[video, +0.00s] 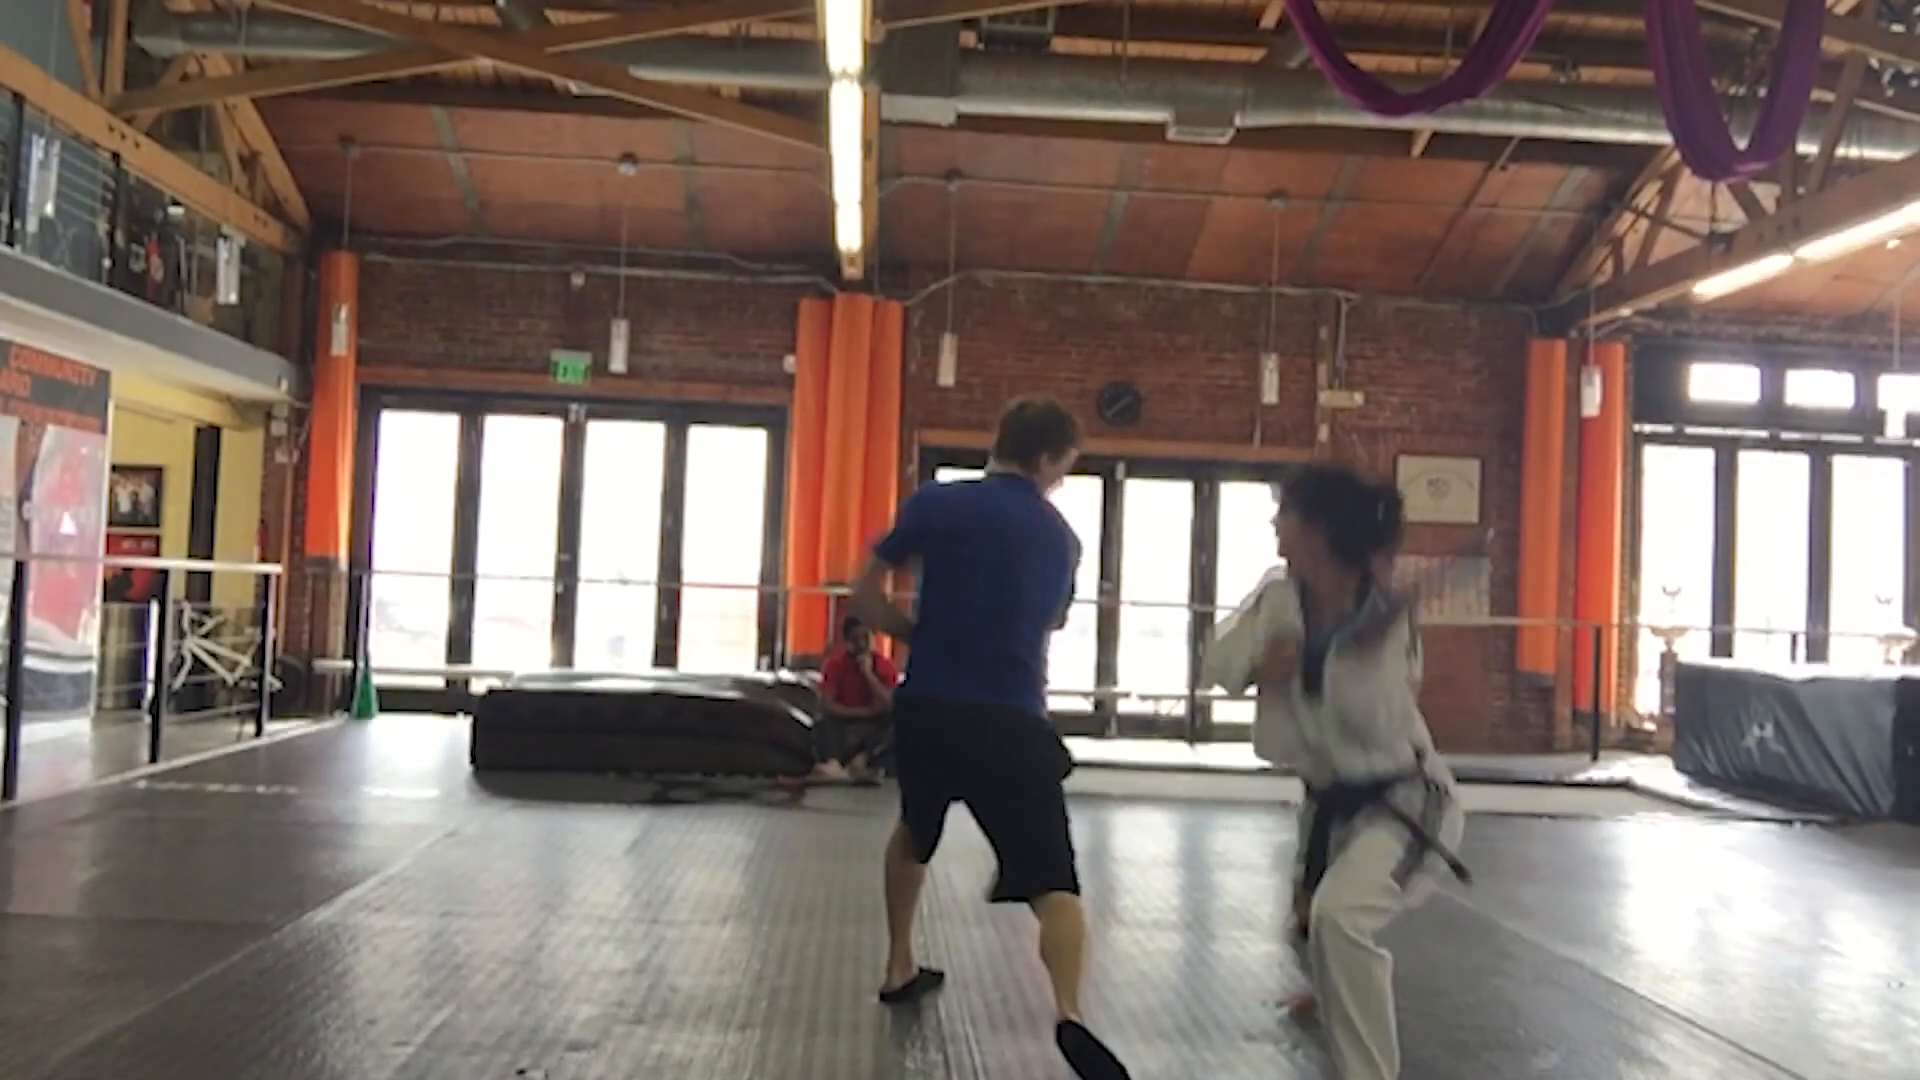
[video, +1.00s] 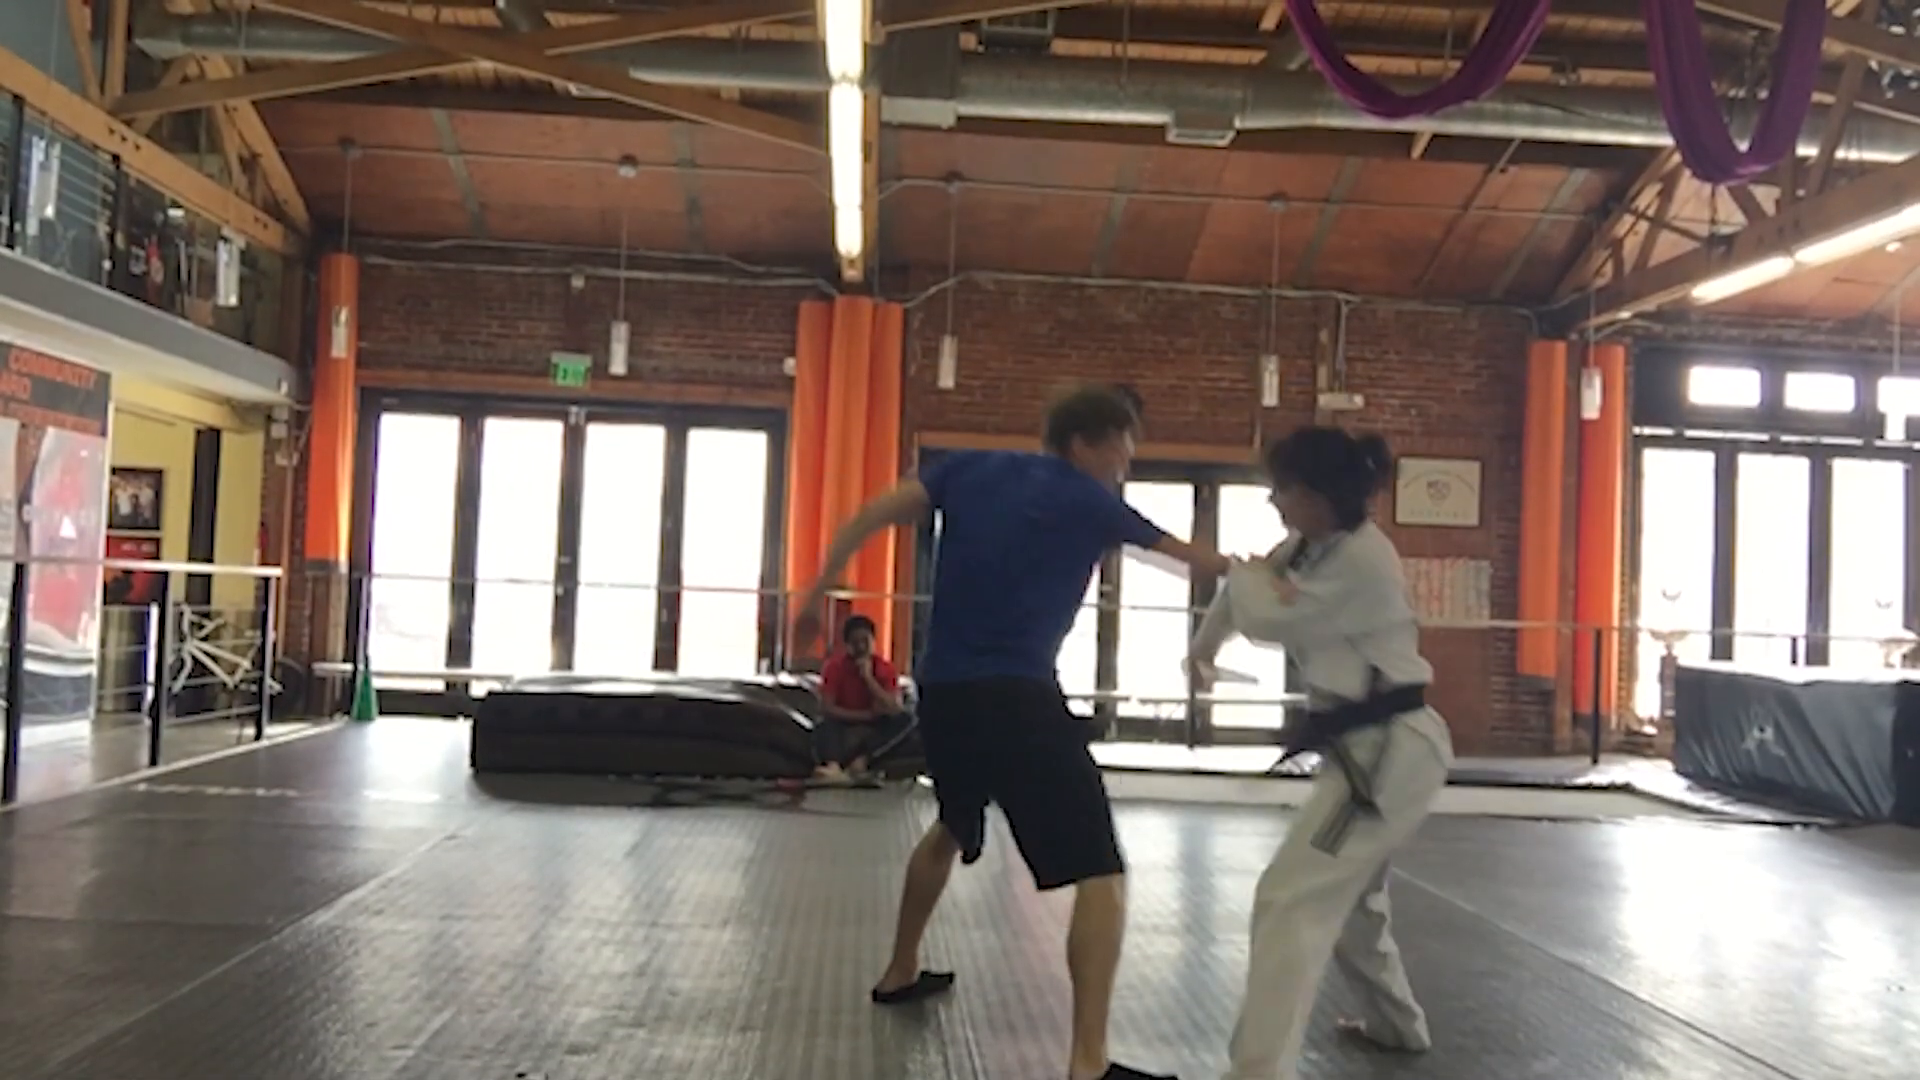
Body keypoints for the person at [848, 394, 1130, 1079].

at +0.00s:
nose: (1066, 474)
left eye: (1068, 462)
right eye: (1067, 462)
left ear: (1000, 448)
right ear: (1048, 459)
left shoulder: (938, 502)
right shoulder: (1059, 537)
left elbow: (865, 596)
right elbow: (1049, 621)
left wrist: (921, 633)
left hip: (927, 712)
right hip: (1012, 726)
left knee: (914, 828)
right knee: (1055, 886)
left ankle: (899, 969)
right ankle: (1070, 1017)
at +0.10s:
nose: (1067, 504)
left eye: (1070, 492)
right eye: (1066, 490)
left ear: (1003, 472)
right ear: (1041, 477)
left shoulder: (933, 511)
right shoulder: (1054, 544)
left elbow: (920, 584)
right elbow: (1035, 618)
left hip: (928, 724)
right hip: (1015, 734)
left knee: (921, 823)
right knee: (1066, 891)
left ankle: (900, 968)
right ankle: (1092, 1028)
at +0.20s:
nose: (1068, 501)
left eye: (1071, 490)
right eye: (1067, 489)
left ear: (1005, 469)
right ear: (1041, 475)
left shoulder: (939, 505)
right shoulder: (1048, 534)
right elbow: (1035, 597)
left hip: (926, 712)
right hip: (1010, 719)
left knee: (921, 823)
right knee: (1078, 872)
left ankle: (900, 968)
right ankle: (1115, 1021)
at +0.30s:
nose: (1075, 472)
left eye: (1078, 462)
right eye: (1074, 461)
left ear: (1009, 439)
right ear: (1046, 445)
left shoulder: (940, 475)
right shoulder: (1049, 498)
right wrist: (1104, 511)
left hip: (922, 696)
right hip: (1002, 701)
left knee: (930, 813)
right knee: (1088, 860)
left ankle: (897, 965)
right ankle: (1108, 1009)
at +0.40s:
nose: (1077, 448)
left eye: (1080, 437)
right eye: (1075, 436)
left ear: (1009, 424)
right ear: (1047, 428)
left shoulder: (936, 468)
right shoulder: (1059, 481)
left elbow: (846, 520)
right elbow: (1185, 493)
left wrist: (903, 576)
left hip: (930, 686)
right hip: (1012, 693)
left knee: (927, 813)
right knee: (1061, 862)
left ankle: (895, 965)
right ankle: (1090, 1050)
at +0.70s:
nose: (1079, 427)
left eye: (1079, 415)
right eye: (1076, 414)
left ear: (1005, 409)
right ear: (1051, 414)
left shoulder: (947, 465)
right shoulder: (1073, 478)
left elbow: (830, 490)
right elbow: (1190, 487)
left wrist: (815, 544)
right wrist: (1269, 486)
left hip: (949, 693)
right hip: (1037, 700)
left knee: (925, 827)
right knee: (1066, 871)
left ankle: (893, 971)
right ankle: (1088, 1055)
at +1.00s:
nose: (1127, 470)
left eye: (1129, 458)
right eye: (1124, 455)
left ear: (1054, 441)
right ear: (1087, 443)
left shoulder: (970, 470)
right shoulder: (1093, 501)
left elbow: (874, 511)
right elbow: (1193, 560)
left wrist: (814, 589)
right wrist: (1247, 571)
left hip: (943, 694)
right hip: (1021, 698)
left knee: (950, 825)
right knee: (1101, 872)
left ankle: (899, 972)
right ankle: (1090, 1061)